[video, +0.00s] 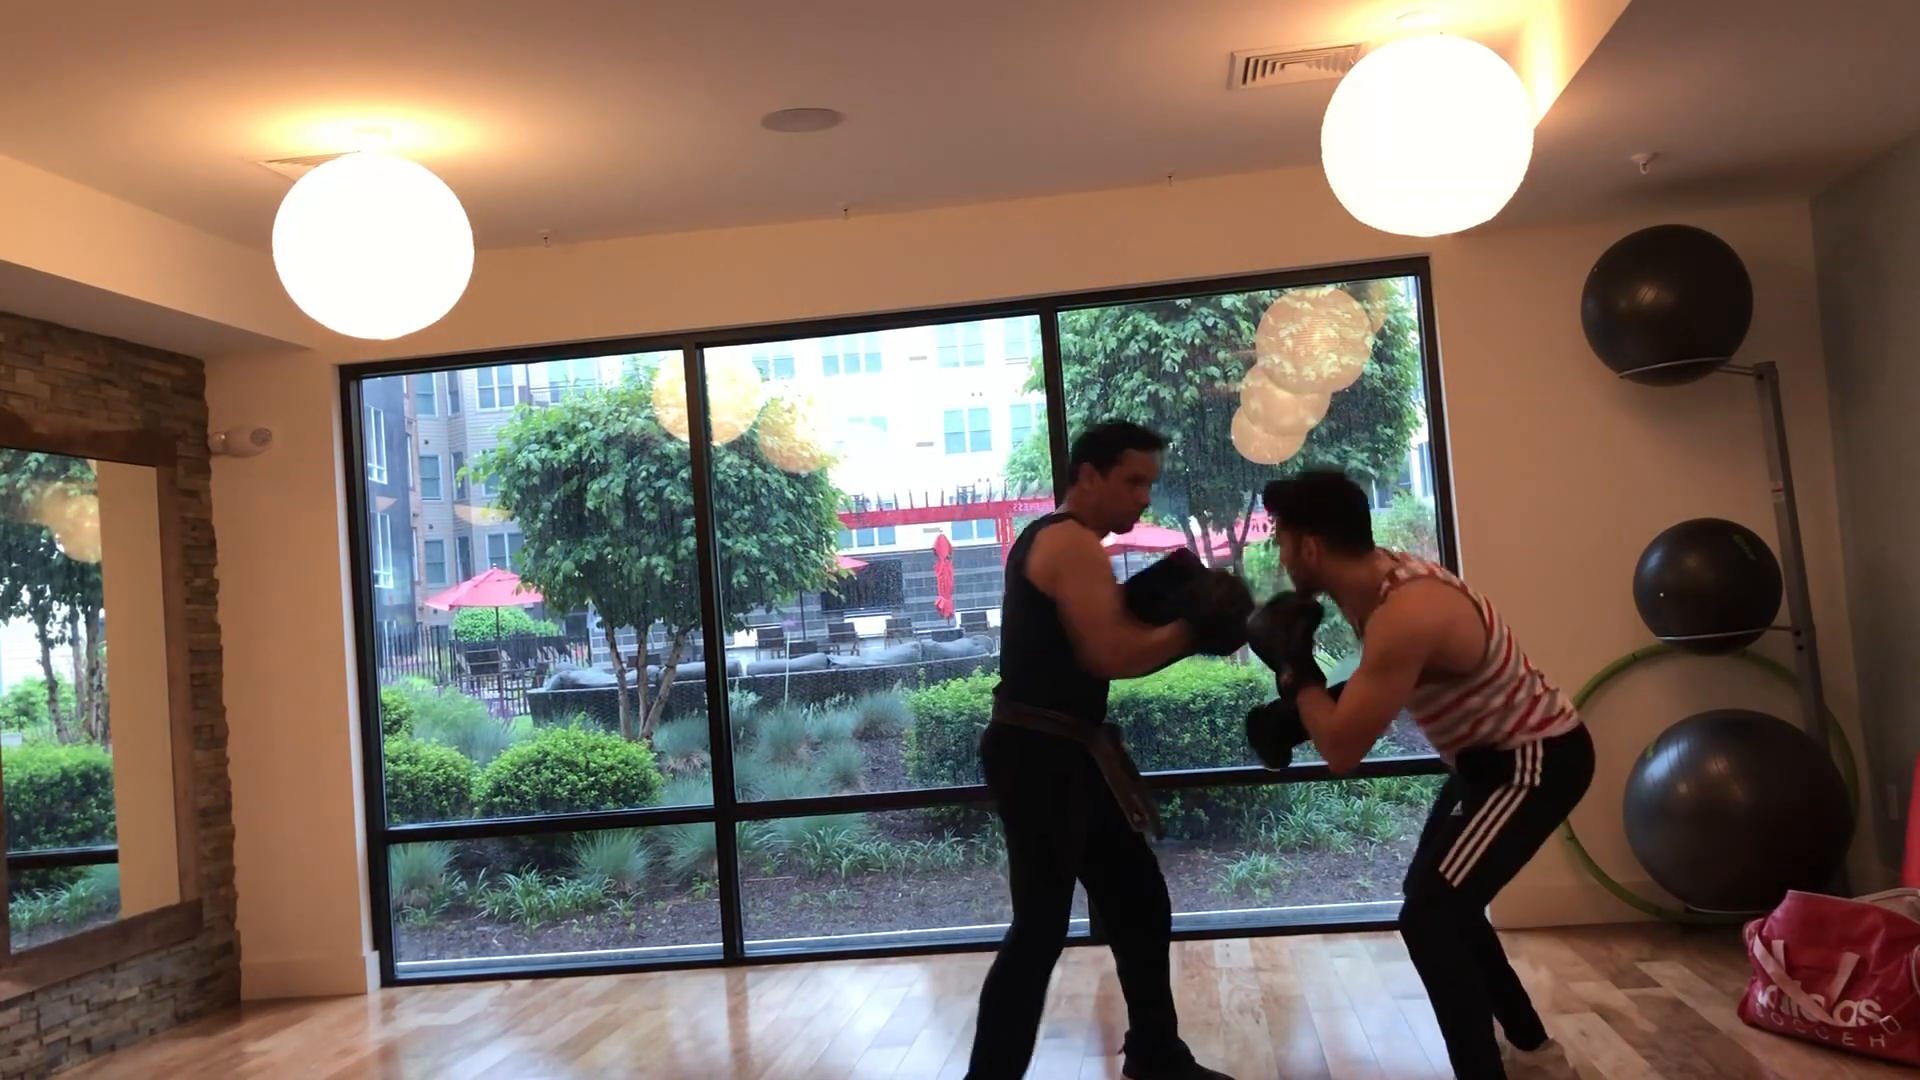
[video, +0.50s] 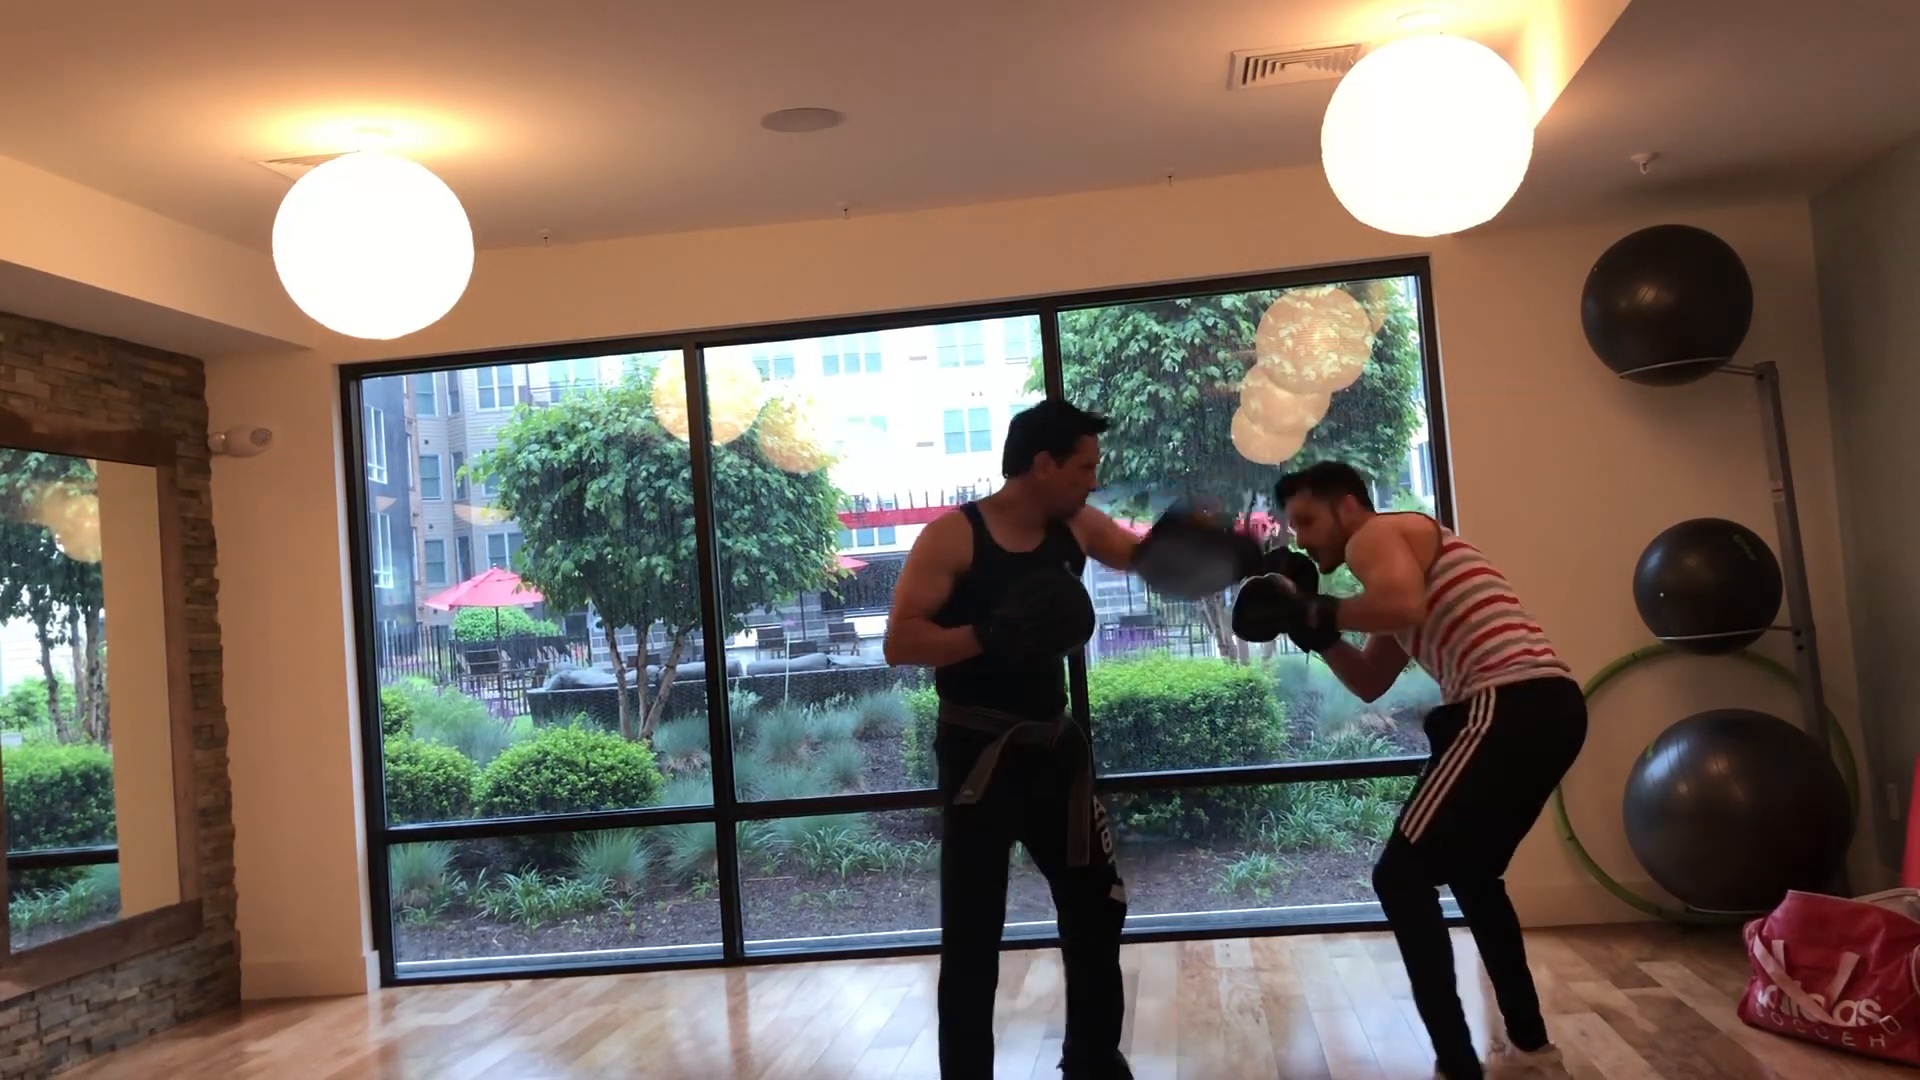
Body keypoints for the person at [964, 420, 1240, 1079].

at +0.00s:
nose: (1145, 499)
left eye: (1150, 485)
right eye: (1136, 484)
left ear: (1092, 483)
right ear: (1091, 478)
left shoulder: (1062, 540)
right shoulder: (1068, 545)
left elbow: (1100, 639)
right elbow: (1112, 656)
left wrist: (1165, 605)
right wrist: (1195, 629)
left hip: (1069, 746)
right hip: (1039, 752)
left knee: (1139, 900)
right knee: (1039, 926)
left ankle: (1155, 1050)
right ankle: (990, 1075)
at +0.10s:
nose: (1127, 489)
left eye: (1131, 476)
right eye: (1115, 474)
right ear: (1069, 470)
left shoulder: (1076, 547)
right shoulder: (1023, 543)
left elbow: (1088, 633)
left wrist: (1153, 614)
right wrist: (1108, 663)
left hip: (1072, 741)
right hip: (1020, 746)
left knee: (1133, 902)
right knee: (1025, 928)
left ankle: (1157, 1053)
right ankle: (983, 1074)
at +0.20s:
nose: (1109, 478)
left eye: (1111, 465)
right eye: (1098, 464)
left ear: (1072, 467)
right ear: (1049, 461)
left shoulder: (1081, 530)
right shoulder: (990, 536)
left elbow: (1130, 550)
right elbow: (936, 637)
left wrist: (1164, 531)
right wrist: (1040, 660)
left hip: (1059, 737)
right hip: (991, 743)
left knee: (1107, 906)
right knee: (994, 930)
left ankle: (1156, 1056)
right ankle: (976, 1073)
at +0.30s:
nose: (1100, 477)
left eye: (1101, 464)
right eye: (1090, 464)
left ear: (1049, 465)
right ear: (1041, 463)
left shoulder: (1081, 518)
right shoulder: (965, 536)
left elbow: (1161, 513)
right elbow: (908, 637)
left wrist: (1238, 483)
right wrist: (1009, 642)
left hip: (1044, 739)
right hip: (970, 744)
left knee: (1093, 902)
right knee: (970, 924)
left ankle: (1128, 1059)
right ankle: (970, 1072)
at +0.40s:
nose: (1093, 478)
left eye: (1094, 466)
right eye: (1084, 465)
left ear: (1044, 466)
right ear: (1035, 464)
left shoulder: (1076, 520)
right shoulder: (951, 536)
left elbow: (1169, 516)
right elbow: (903, 644)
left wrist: (1253, 490)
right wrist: (1001, 637)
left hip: (1045, 742)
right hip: (966, 747)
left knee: (1097, 904)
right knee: (962, 934)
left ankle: (1100, 1067)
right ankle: (965, 1072)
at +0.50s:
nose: (1094, 480)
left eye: (1095, 468)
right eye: (1085, 467)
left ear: (1051, 466)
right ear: (1041, 464)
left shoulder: (1072, 525)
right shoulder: (952, 534)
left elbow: (1143, 557)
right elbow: (901, 642)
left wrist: (1194, 540)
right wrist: (997, 634)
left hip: (1055, 745)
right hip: (977, 749)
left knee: (1095, 909)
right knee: (972, 937)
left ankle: (1094, 1066)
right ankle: (966, 1075)